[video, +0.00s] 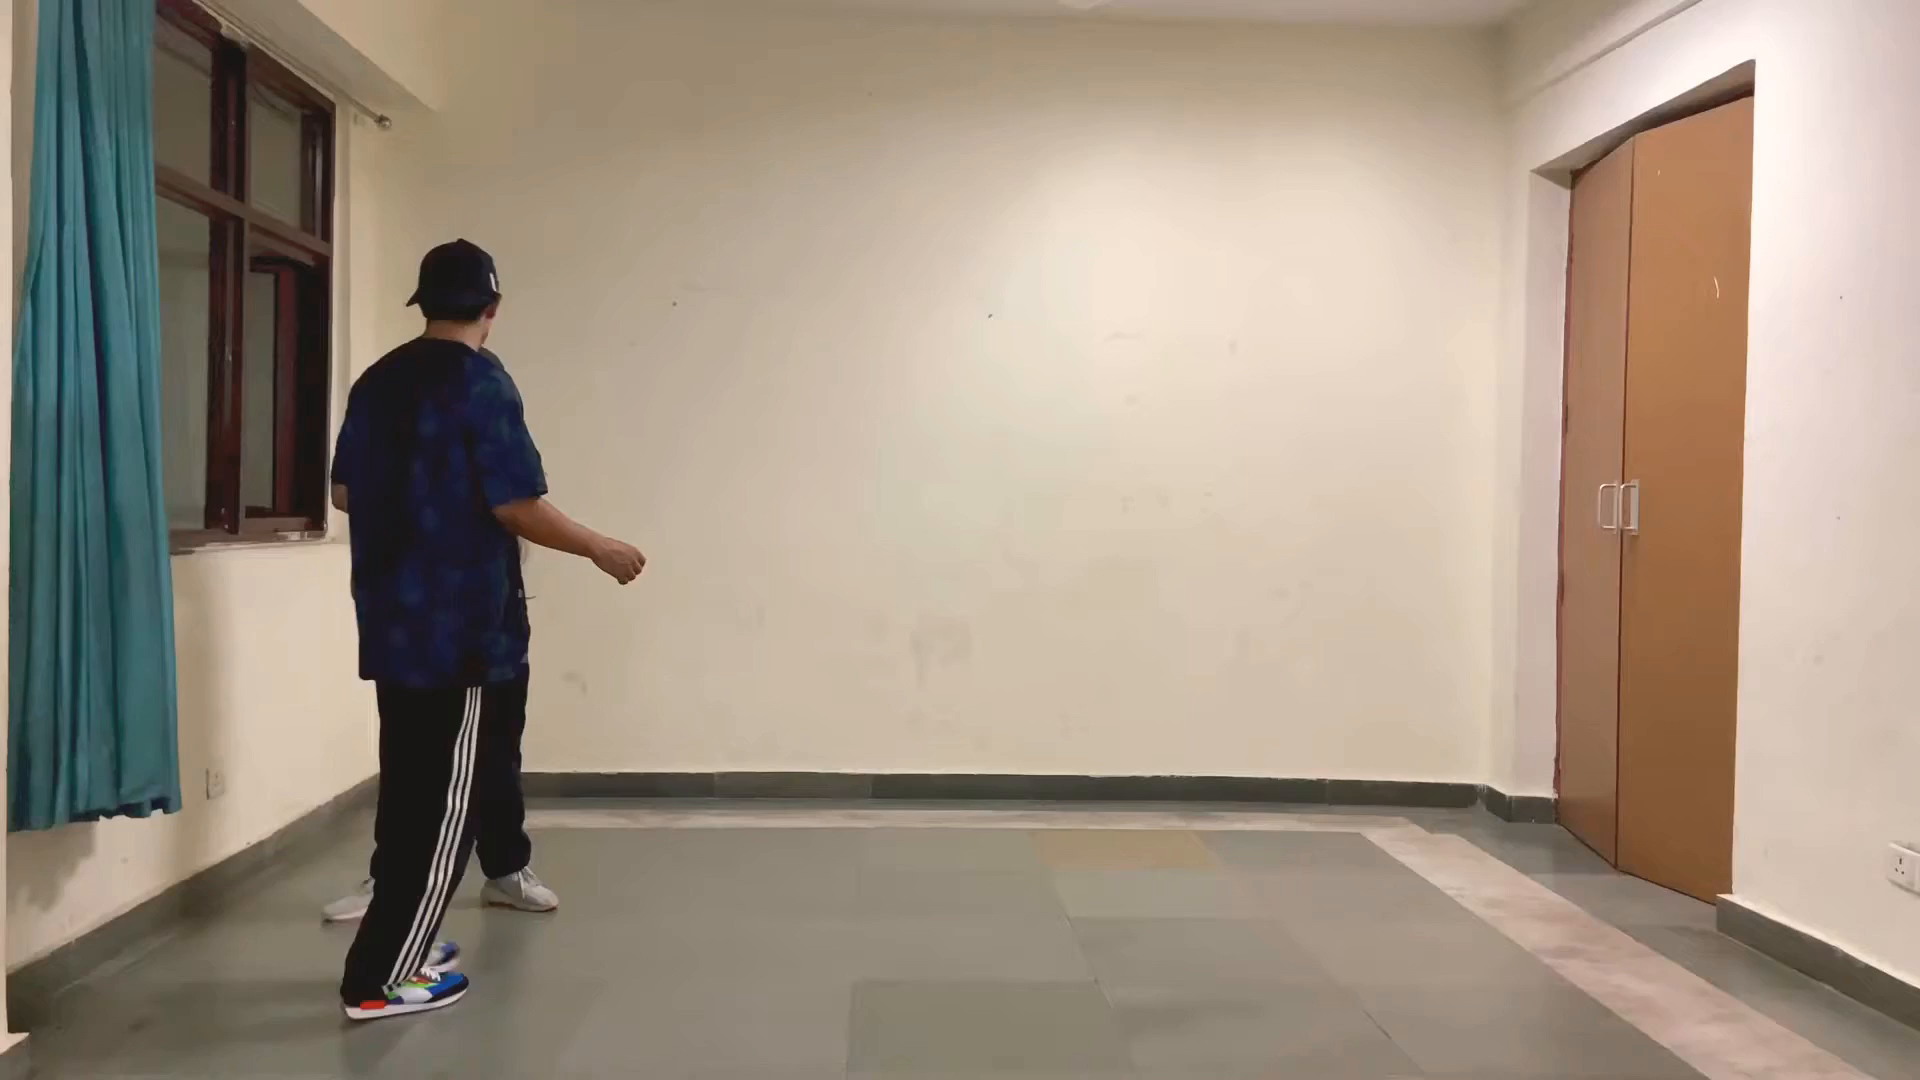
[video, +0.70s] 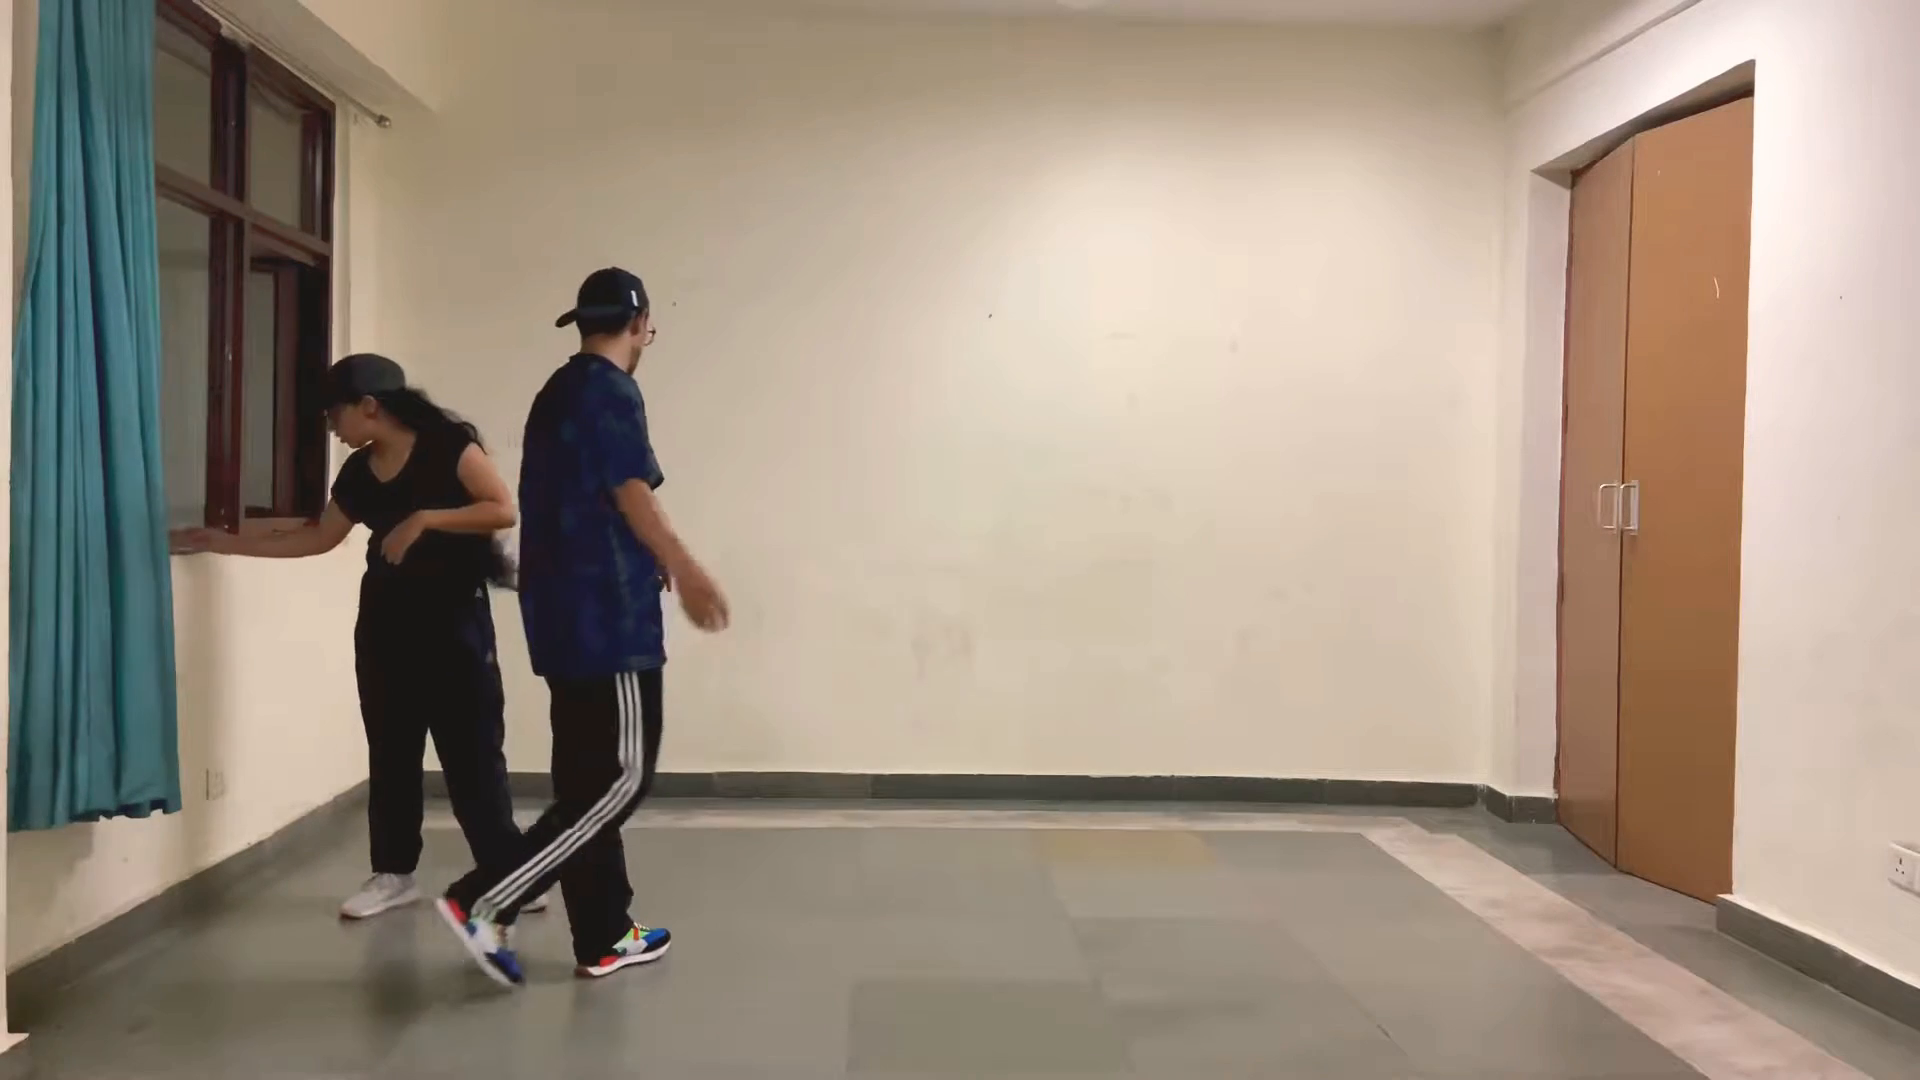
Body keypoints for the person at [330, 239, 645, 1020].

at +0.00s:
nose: (496, 317)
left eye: (489, 306)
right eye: (496, 306)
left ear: (423, 306)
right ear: (489, 308)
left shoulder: (376, 379)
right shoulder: (480, 379)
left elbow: (350, 489)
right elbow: (515, 504)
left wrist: (433, 521)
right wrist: (599, 547)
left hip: (394, 625)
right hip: (460, 628)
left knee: (410, 787)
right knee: (447, 801)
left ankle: (400, 942)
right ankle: (380, 981)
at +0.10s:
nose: (515, 317)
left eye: (505, 306)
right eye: (516, 306)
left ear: (444, 307)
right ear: (511, 308)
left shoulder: (396, 382)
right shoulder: (496, 388)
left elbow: (366, 490)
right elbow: (518, 506)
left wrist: (449, 517)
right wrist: (592, 554)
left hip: (409, 627)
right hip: (478, 632)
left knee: (487, 790)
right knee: (446, 803)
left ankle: (494, 941)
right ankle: (381, 979)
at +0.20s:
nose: (532, 322)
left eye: (526, 311)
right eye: (534, 312)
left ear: (460, 312)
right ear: (529, 314)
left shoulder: (419, 388)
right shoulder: (509, 393)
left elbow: (387, 503)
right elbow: (522, 514)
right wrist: (585, 574)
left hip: (428, 631)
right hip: (487, 635)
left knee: (502, 793)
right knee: (449, 807)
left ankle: (570, 929)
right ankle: (381, 978)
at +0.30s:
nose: (555, 326)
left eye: (546, 316)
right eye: (555, 315)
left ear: (483, 321)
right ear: (547, 317)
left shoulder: (448, 393)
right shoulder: (528, 398)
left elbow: (405, 515)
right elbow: (531, 527)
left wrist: (318, 542)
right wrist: (576, 592)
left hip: (445, 633)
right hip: (496, 640)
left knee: (535, 796)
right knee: (459, 817)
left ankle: (597, 934)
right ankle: (381, 974)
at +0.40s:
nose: (575, 328)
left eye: (566, 317)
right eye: (574, 316)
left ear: (505, 323)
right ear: (567, 318)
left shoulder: (477, 392)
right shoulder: (550, 398)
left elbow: (454, 510)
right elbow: (547, 519)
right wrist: (579, 617)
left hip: (478, 620)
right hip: (518, 625)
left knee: (553, 786)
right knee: (481, 803)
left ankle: (603, 933)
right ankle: (385, 965)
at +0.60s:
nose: (626, 330)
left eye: (619, 320)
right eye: (626, 320)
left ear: (559, 323)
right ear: (618, 321)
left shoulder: (535, 388)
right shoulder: (596, 391)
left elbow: (502, 486)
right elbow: (610, 500)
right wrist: (638, 600)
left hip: (537, 610)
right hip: (583, 612)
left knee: (574, 782)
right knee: (564, 783)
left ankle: (603, 936)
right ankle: (425, 919)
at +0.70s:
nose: (651, 334)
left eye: (645, 322)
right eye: (650, 323)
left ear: (585, 326)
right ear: (640, 325)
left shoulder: (561, 390)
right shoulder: (608, 391)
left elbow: (586, 509)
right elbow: (634, 496)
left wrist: (655, 560)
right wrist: (691, 573)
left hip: (567, 612)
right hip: (608, 616)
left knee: (587, 775)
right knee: (624, 778)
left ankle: (603, 938)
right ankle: (483, 903)